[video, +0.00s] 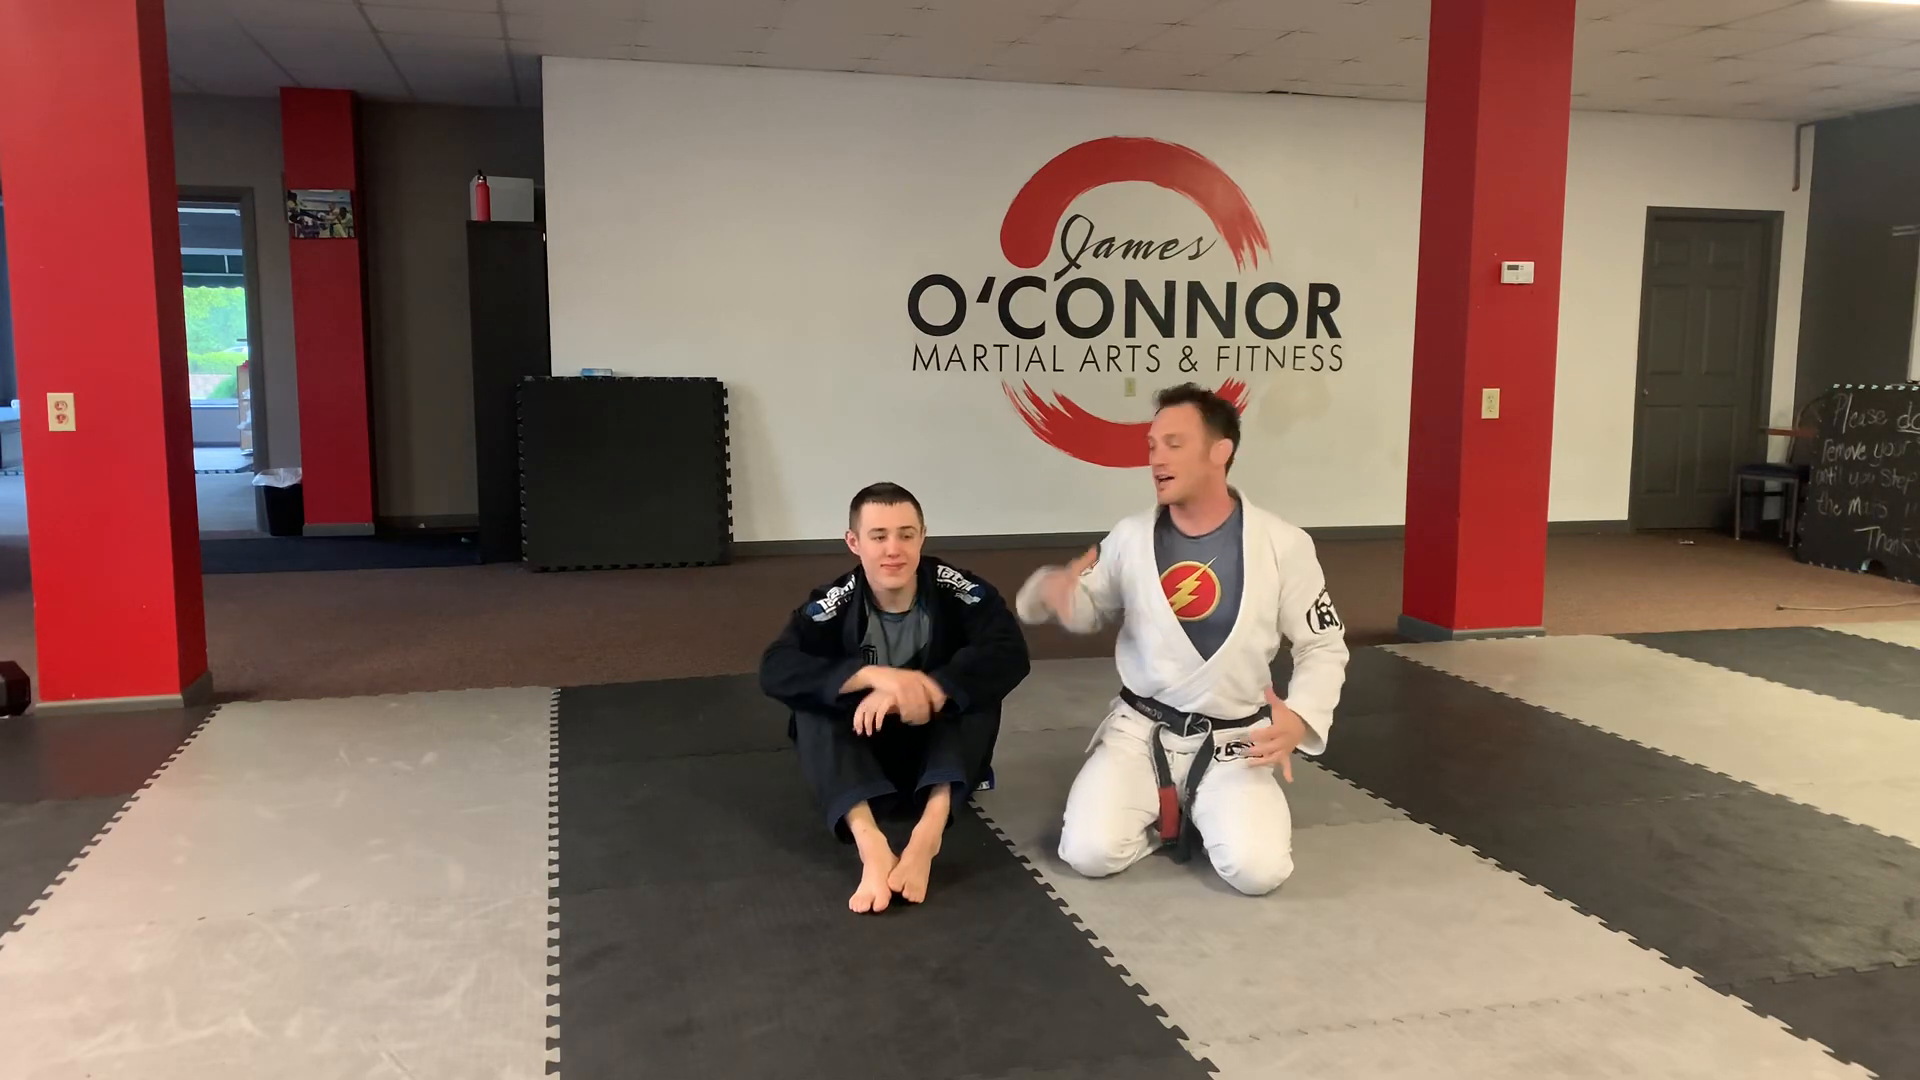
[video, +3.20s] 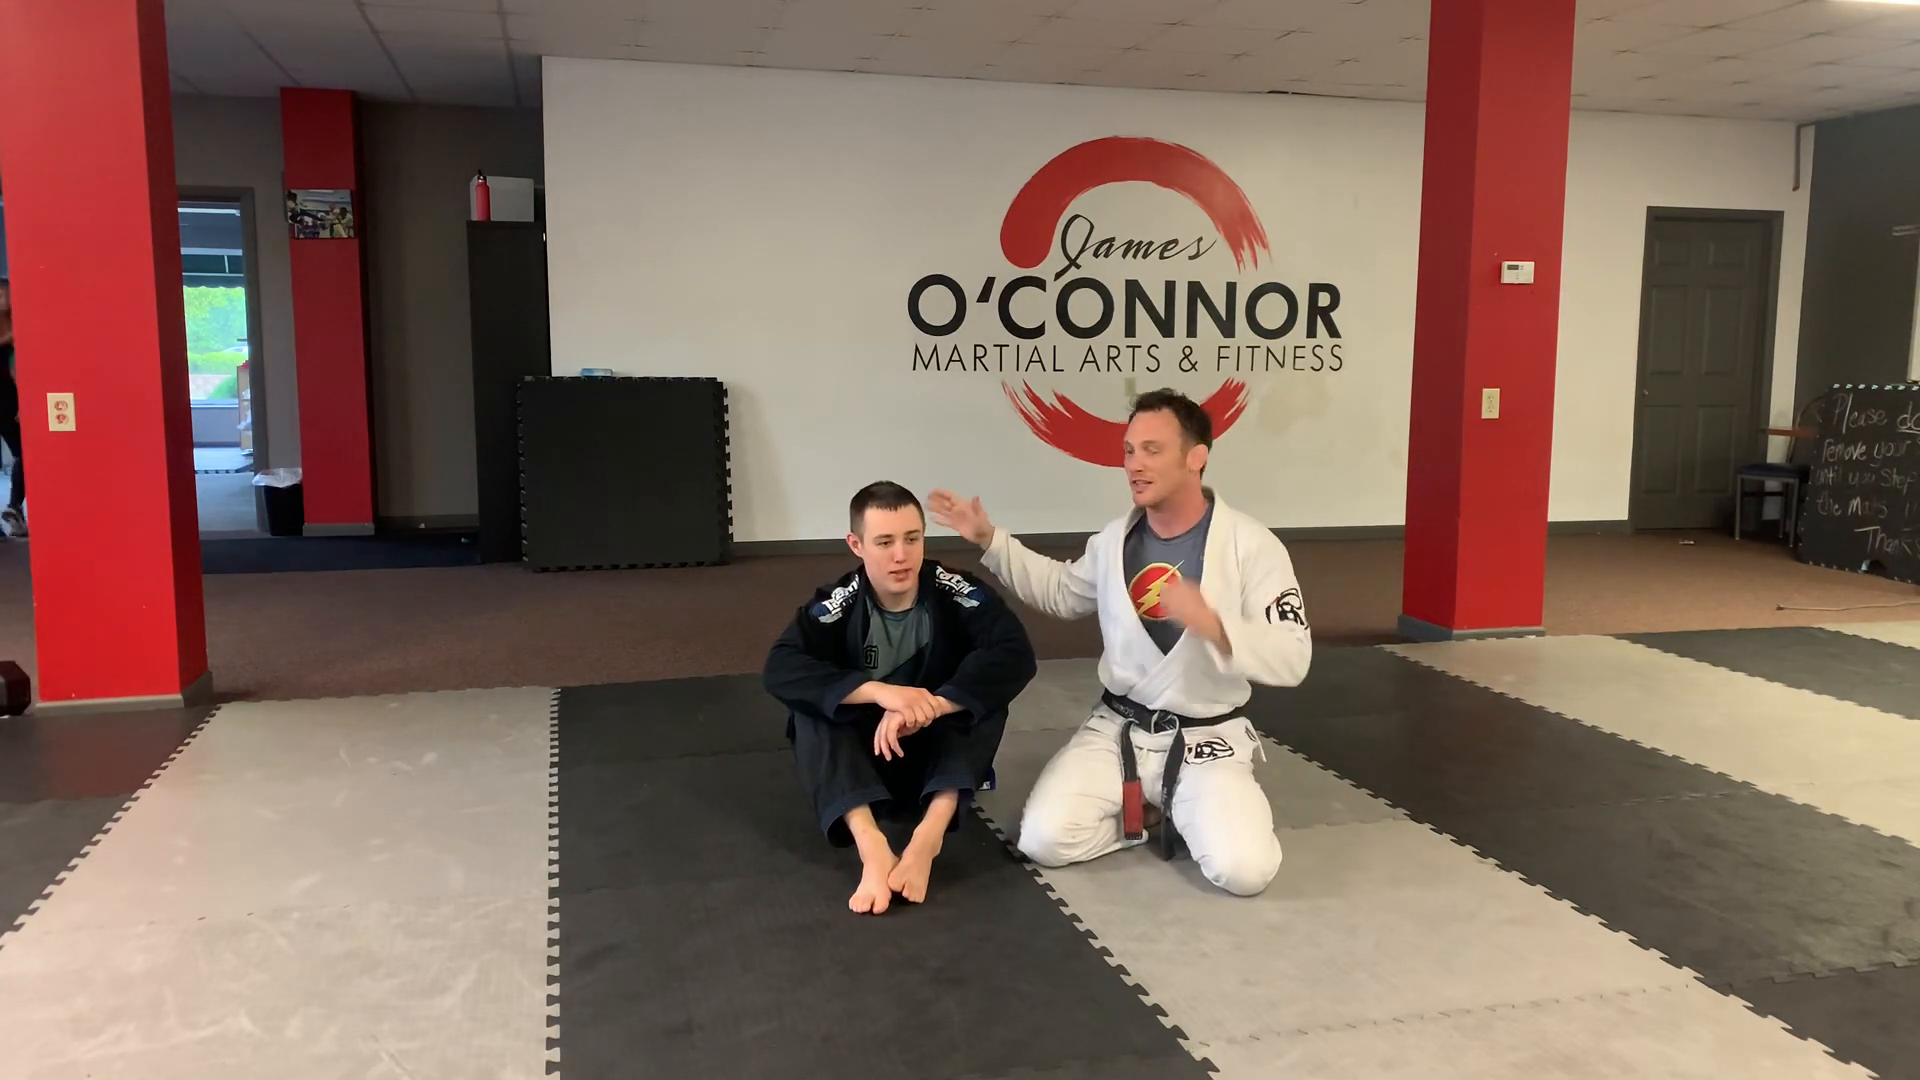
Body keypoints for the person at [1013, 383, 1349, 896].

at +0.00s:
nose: (1155, 460)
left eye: (1172, 444)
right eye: (1152, 447)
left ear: (1220, 453)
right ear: (1149, 455)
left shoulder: (1282, 545)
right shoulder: (1129, 538)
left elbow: (1323, 646)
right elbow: (1093, 609)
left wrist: (1302, 716)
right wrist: (1059, 595)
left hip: (1236, 739)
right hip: (1139, 728)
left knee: (1260, 871)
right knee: (1088, 853)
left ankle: (1211, 802)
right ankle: (1167, 810)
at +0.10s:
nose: (1147, 467)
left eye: (1162, 452)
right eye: (1148, 452)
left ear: (1213, 457)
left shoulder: (1287, 548)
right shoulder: (1139, 540)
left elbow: (1330, 650)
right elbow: (1087, 594)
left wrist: (1299, 723)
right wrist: (1054, 539)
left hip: (1236, 739)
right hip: (1141, 726)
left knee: (1261, 872)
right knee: (1089, 850)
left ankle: (1214, 801)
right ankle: (1172, 811)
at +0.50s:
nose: (1135, 468)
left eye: (1149, 453)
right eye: (1136, 454)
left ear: (1197, 459)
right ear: (1189, 460)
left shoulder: (1274, 548)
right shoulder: (1129, 543)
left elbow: (1321, 651)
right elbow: (1067, 590)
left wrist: (1283, 723)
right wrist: (992, 530)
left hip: (1226, 744)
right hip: (1130, 730)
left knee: (1259, 871)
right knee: (1052, 842)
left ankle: (1203, 805)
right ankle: (1155, 803)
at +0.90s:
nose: (1140, 461)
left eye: (1157, 445)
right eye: (1128, 448)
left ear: (1191, 454)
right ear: (1115, 460)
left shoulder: (1251, 544)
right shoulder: (1101, 550)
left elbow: (1293, 657)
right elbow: (1055, 609)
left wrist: (1256, 748)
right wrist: (982, 568)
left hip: (1220, 737)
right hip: (1126, 730)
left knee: (1254, 871)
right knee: (1050, 841)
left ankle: (1199, 799)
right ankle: (1159, 809)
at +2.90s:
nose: (1136, 464)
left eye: (1152, 448)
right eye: (1125, 450)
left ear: (1188, 457)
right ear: (1112, 462)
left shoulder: (1245, 548)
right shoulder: (1098, 549)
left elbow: (1283, 662)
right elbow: (1055, 608)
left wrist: (1233, 748)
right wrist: (980, 566)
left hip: (1208, 739)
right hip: (1115, 730)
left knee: (1245, 871)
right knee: (1045, 841)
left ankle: (1185, 803)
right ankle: (1153, 809)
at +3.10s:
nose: (1137, 463)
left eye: (1154, 447)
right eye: (1129, 449)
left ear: (1194, 457)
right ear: (1119, 457)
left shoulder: (1248, 548)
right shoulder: (1107, 544)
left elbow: (1292, 651)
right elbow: (1063, 597)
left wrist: (1227, 692)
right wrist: (980, 553)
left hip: (1207, 736)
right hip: (1115, 728)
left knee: (1246, 870)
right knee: (1045, 840)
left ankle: (1190, 800)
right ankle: (1149, 807)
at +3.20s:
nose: (1134, 464)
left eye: (1150, 449)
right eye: (1129, 451)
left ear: (1196, 458)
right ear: (1124, 458)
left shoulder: (1251, 547)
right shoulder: (1114, 540)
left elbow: (1291, 658)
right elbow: (1063, 593)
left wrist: (1210, 621)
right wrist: (989, 540)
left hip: (1208, 736)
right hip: (1116, 726)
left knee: (1246, 871)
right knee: (1045, 841)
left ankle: (1193, 800)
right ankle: (1153, 811)